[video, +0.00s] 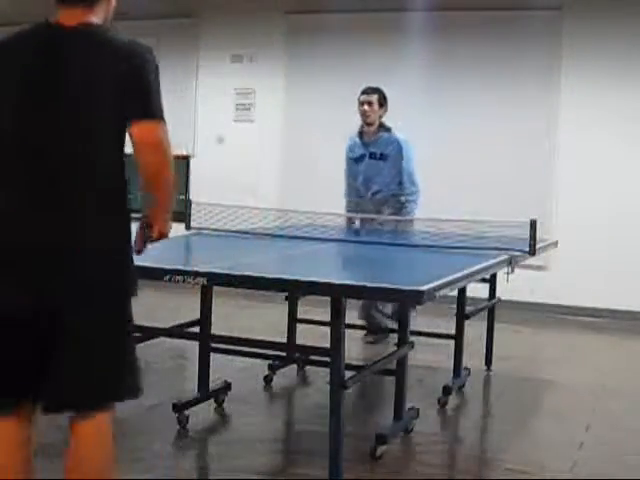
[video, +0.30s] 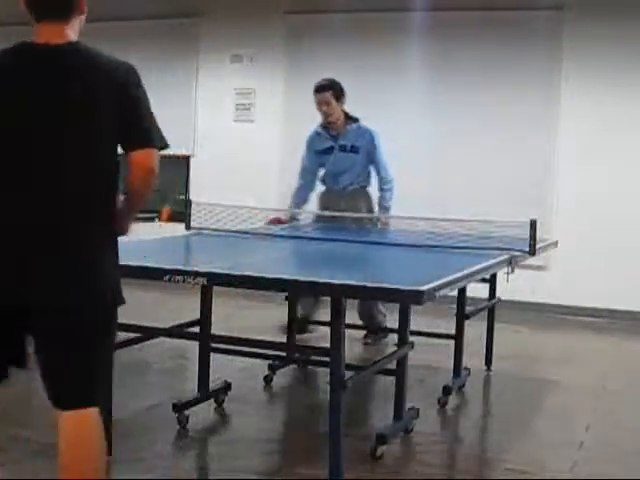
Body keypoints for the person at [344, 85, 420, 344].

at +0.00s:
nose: (365, 109)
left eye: (370, 104)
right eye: (362, 104)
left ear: (382, 109)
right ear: (358, 109)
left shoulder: (396, 144)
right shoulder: (353, 146)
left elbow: (410, 186)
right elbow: (350, 188)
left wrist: (405, 220)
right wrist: (350, 220)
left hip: (392, 216)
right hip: (363, 217)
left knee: (389, 267)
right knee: (363, 268)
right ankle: (375, 322)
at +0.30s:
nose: (324, 109)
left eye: (328, 103)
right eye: (319, 105)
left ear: (341, 101)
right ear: (316, 106)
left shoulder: (365, 136)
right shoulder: (316, 140)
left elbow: (385, 177)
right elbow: (306, 179)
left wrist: (385, 213)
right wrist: (291, 213)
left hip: (358, 200)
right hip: (329, 200)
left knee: (363, 259)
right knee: (317, 256)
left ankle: (375, 324)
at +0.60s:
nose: (266, 103)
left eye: (270, 96)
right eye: (263, 98)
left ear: (286, 94)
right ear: (262, 101)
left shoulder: (313, 131)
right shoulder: (260, 133)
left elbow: (331, 173)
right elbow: (247, 173)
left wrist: (337, 211)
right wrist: (241, 207)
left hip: (297, 200)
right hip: (262, 199)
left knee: (313, 258)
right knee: (246, 255)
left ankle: (339, 317)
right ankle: (247, 323)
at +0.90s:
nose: (228, 93)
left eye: (232, 86)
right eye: (224, 88)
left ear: (248, 85)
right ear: (221, 91)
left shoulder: (272, 123)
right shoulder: (218, 126)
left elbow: (284, 162)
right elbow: (207, 167)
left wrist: (280, 201)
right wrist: (202, 209)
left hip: (259, 190)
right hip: (230, 189)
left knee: (250, 253)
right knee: (225, 254)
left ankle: (248, 318)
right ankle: (242, 319)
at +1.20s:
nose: (186, 106)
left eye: (191, 99)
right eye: (183, 100)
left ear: (208, 99)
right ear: (181, 102)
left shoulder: (230, 138)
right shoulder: (179, 136)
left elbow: (249, 179)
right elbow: (162, 174)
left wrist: (243, 223)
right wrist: (140, 209)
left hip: (221, 206)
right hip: (193, 205)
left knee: (194, 271)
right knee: (208, 271)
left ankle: (159, 332)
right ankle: (243, 319)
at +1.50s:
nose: (132, 151)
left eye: (136, 144)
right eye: (129, 145)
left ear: (157, 138)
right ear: (127, 142)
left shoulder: (192, 161)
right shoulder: (130, 165)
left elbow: (212, 202)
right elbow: (106, 197)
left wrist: (200, 238)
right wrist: (68, 219)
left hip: (192, 231)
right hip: (162, 230)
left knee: (165, 280)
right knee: (180, 281)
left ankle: (149, 341)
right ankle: (223, 307)